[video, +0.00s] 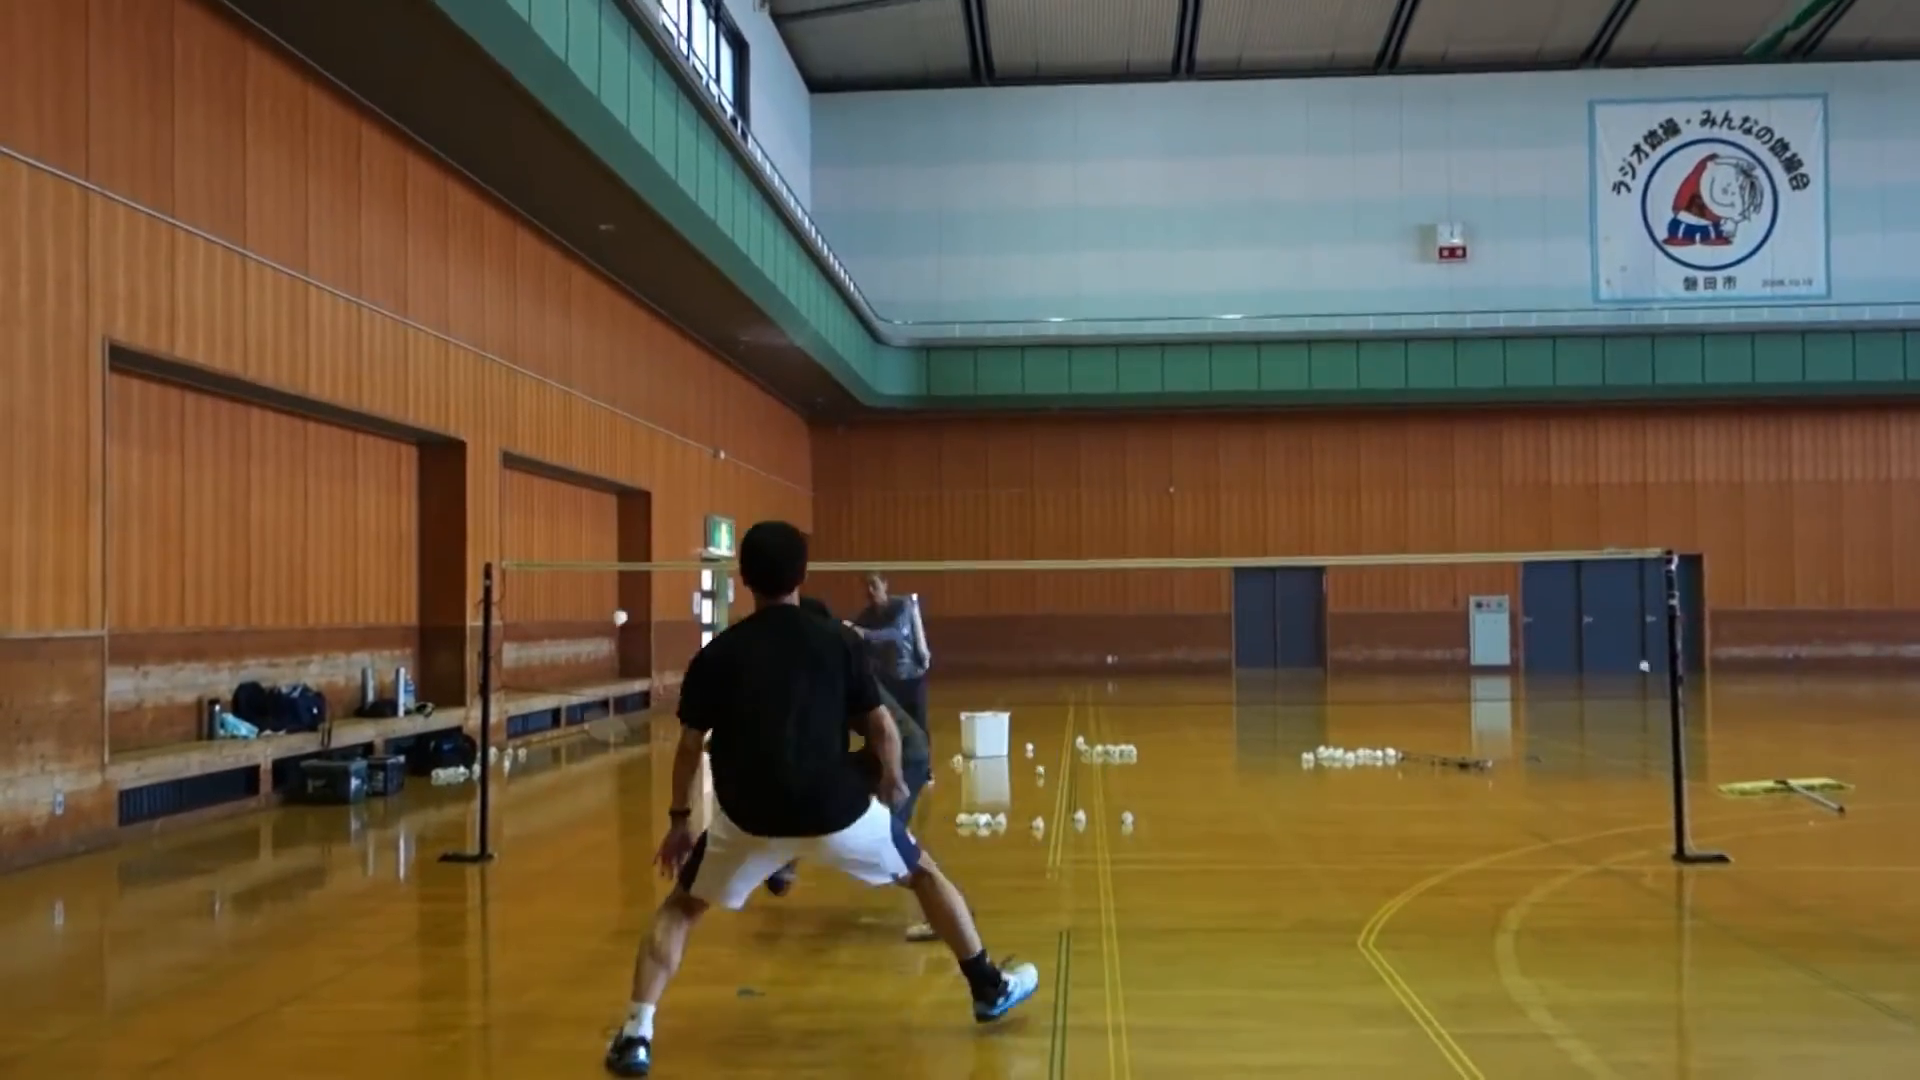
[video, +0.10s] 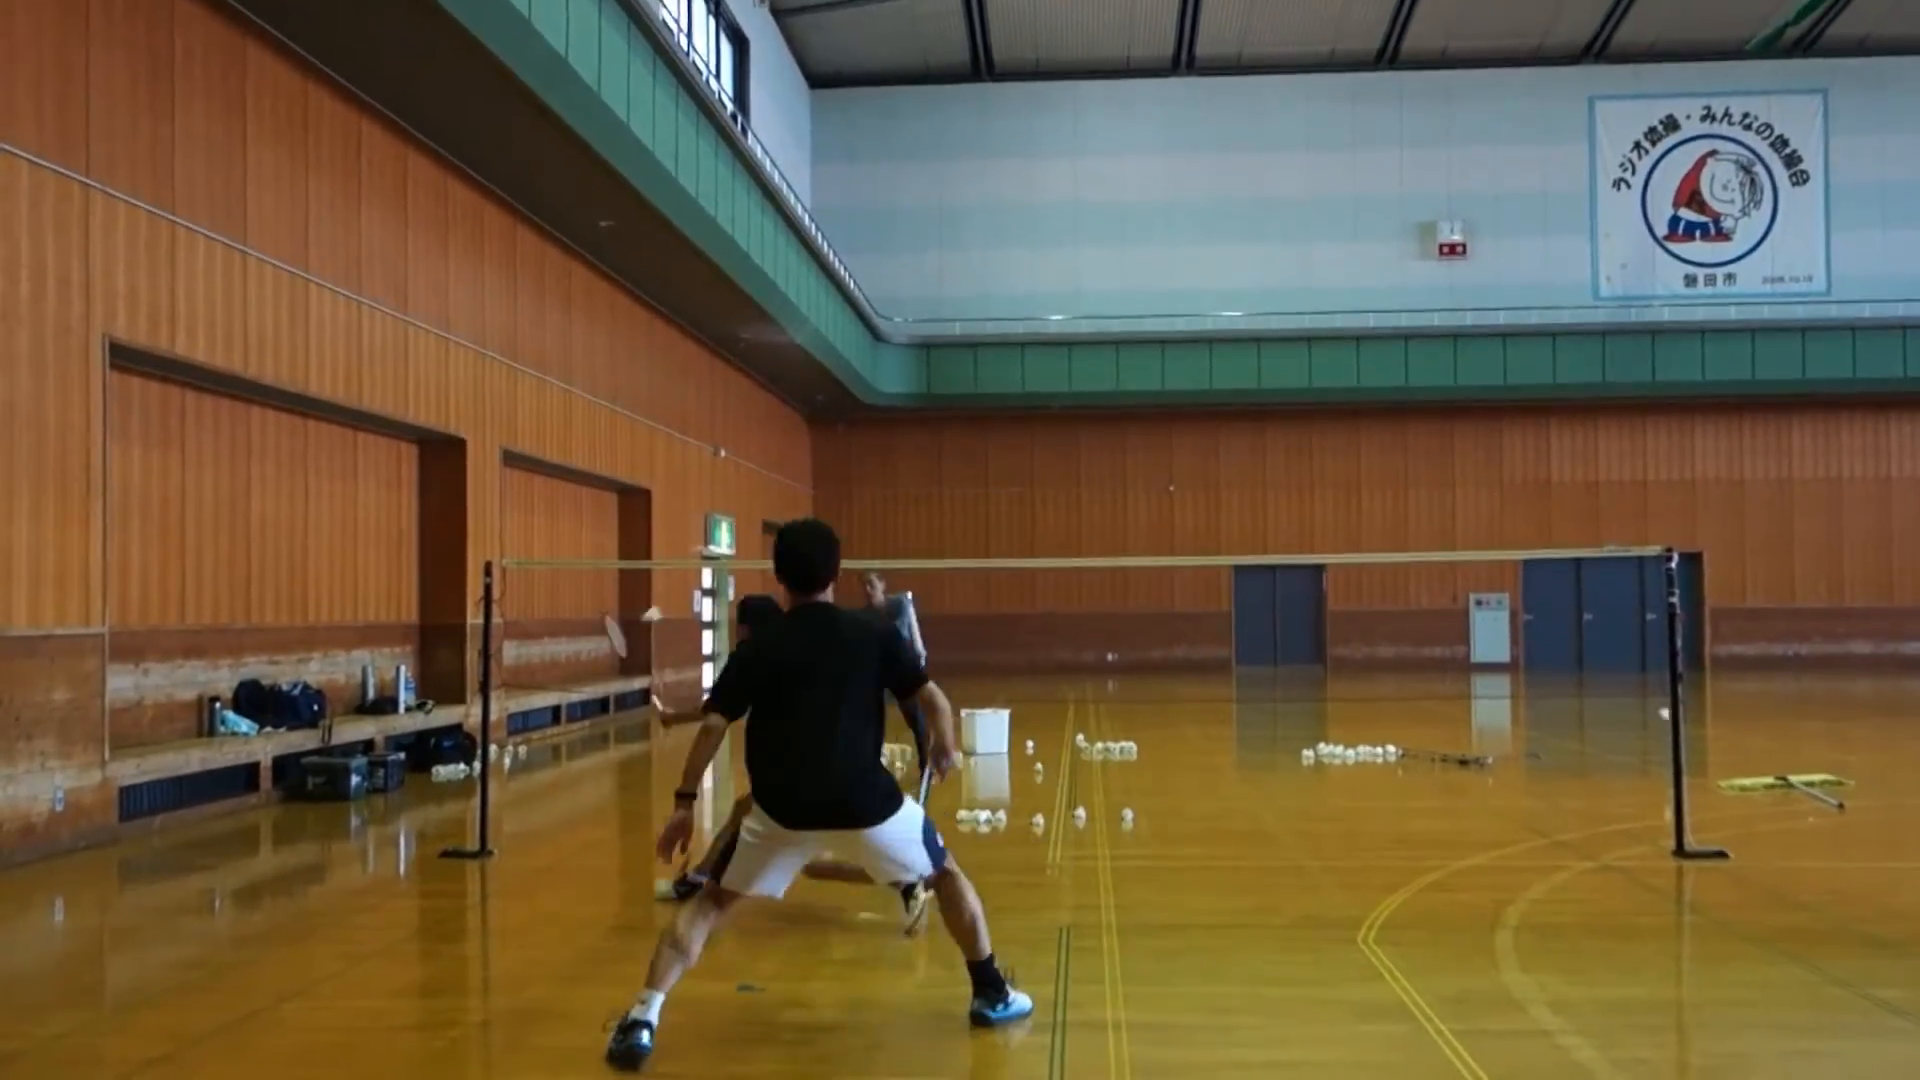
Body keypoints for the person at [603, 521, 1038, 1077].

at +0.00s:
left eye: (750, 565)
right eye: (797, 566)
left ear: (744, 576)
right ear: (803, 574)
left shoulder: (717, 653)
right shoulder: (837, 640)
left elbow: (689, 746)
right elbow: (882, 728)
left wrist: (680, 820)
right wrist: (891, 780)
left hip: (746, 817)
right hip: (836, 812)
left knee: (682, 906)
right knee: (923, 873)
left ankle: (636, 1032)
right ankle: (987, 984)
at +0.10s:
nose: (777, 575)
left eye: (777, 568)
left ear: (779, 576)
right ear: (837, 574)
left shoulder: (758, 646)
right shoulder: (875, 635)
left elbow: (712, 727)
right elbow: (932, 698)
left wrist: (684, 805)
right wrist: (945, 745)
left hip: (780, 810)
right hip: (866, 805)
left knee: (709, 903)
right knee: (946, 874)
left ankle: (643, 1016)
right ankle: (990, 990)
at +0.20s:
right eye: (872, 526)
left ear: (815, 533)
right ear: (872, 531)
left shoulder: (793, 602)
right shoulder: (909, 587)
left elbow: (741, 660)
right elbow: (963, 638)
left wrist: (717, 737)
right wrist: (976, 689)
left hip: (829, 759)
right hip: (908, 756)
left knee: (755, 855)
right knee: (964, 839)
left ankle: (684, 967)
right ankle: (996, 960)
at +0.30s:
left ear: (850, 504)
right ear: (906, 503)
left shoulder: (826, 573)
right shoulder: (937, 567)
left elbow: (771, 648)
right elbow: (976, 643)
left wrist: (765, 727)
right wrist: (996, 711)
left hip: (857, 729)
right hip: (937, 724)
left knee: (788, 819)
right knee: (995, 807)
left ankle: (759, 932)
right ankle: (1034, 921)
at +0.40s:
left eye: (891, 514)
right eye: (949, 515)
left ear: (891, 523)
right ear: (948, 523)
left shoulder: (866, 592)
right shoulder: (973, 593)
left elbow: (834, 672)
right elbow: (1005, 686)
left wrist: (864, 721)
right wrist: (1034, 754)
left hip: (879, 749)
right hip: (961, 747)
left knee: (810, 843)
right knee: (1036, 807)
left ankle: (774, 962)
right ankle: (1097, 913)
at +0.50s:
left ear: (952, 535)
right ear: (1006, 536)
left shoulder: (922, 594)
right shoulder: (1032, 604)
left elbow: (909, 650)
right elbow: (1081, 680)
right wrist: (1125, 718)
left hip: (932, 758)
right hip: (1012, 761)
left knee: (851, 849)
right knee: (1093, 833)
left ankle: (779, 954)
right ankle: (1124, 940)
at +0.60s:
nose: (1098, 522)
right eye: (1099, 515)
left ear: (1043, 520)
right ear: (1097, 525)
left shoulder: (1008, 574)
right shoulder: (1108, 594)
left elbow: (933, 575)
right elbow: (1161, 651)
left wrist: (923, 535)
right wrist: (1184, 650)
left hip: (1000, 745)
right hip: (1073, 747)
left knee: (939, 841)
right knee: (1148, 839)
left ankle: (858, 903)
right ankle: (1138, 948)